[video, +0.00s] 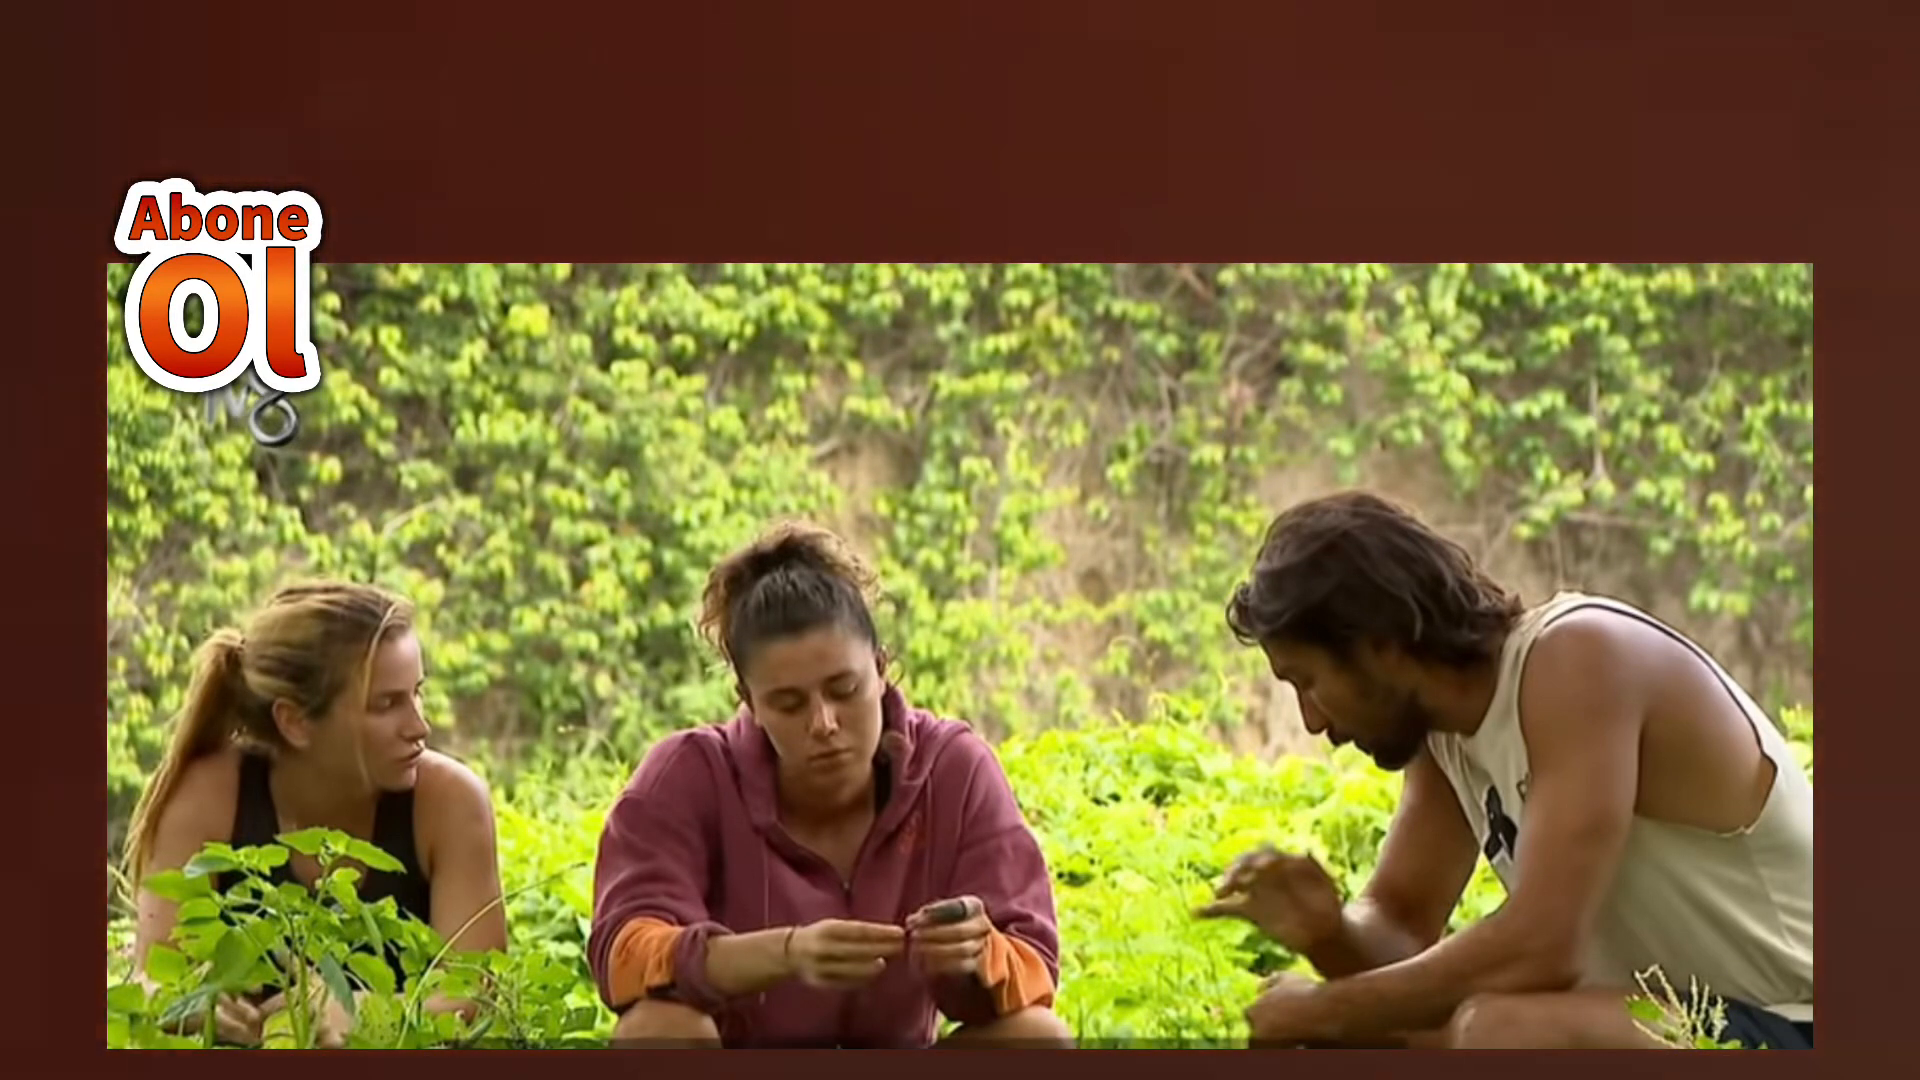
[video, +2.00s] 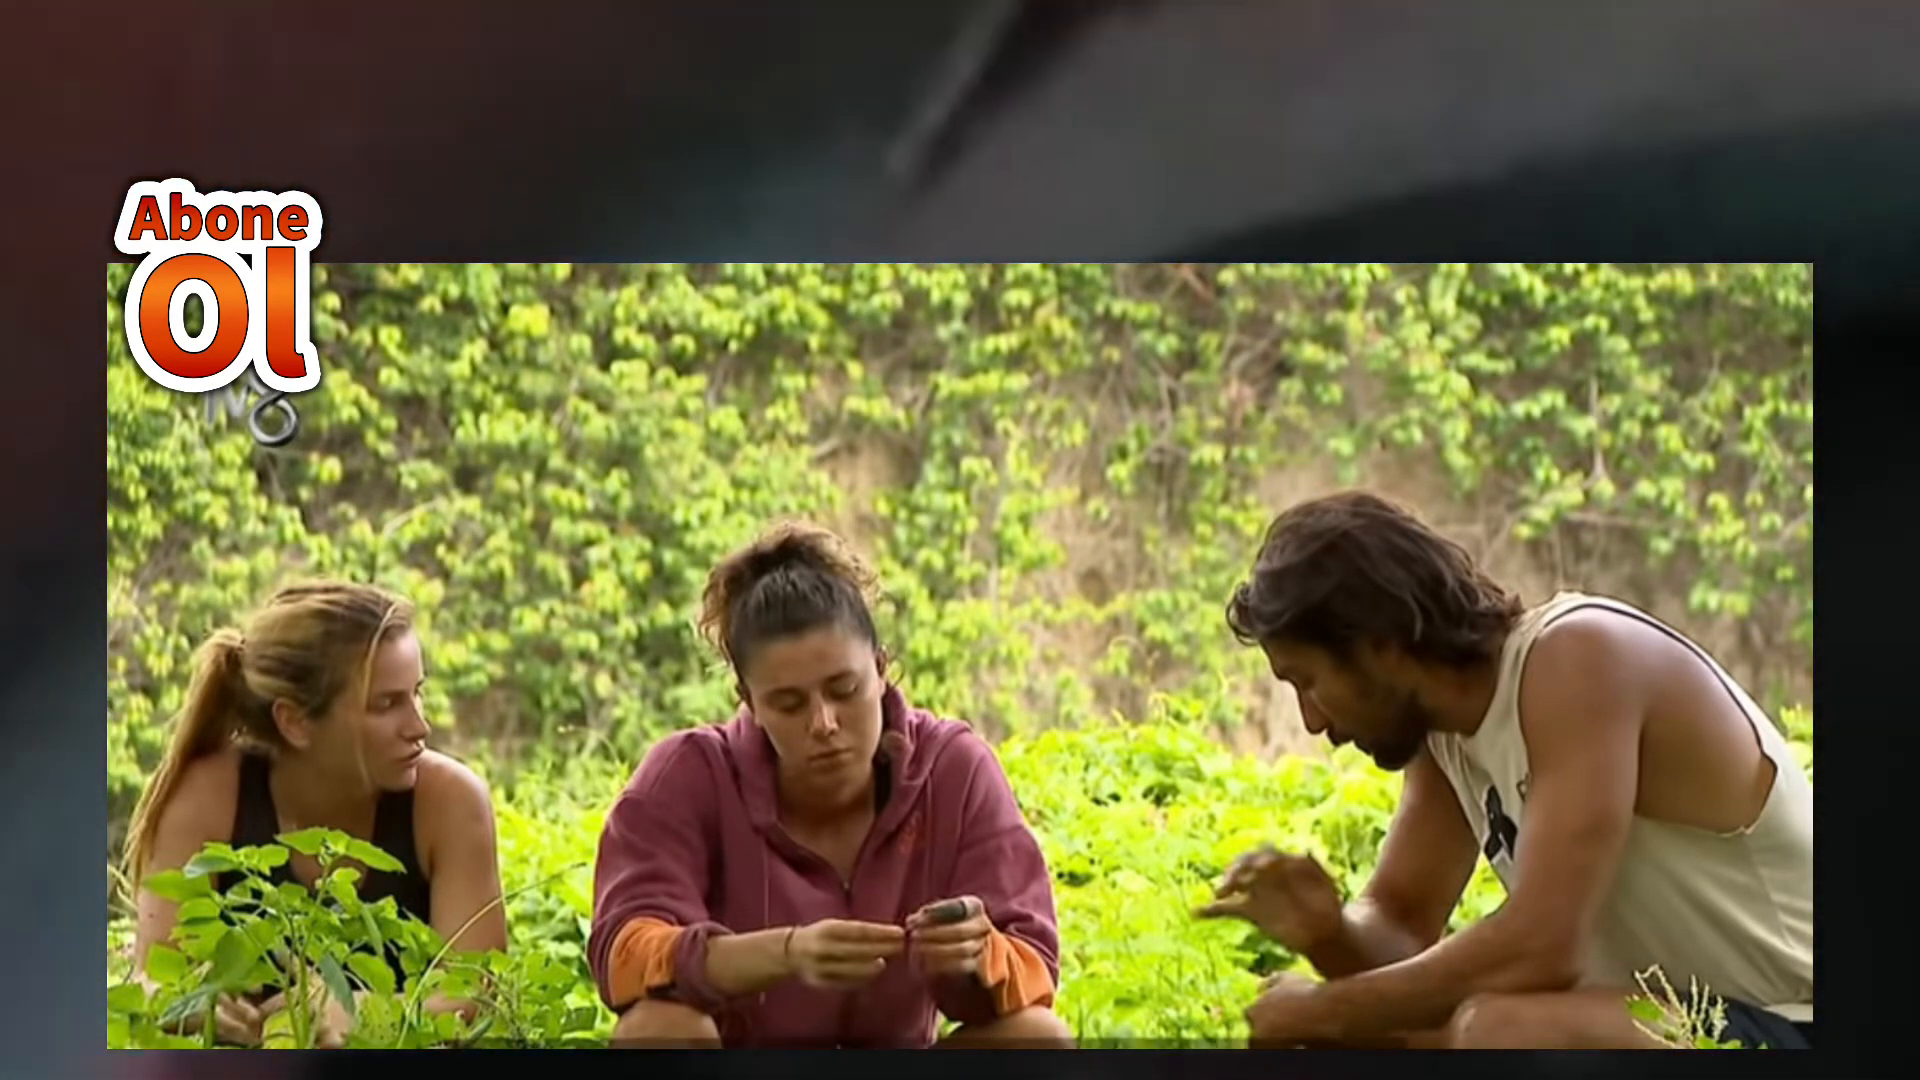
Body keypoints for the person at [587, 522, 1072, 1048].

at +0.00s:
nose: (824, 725)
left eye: (844, 690)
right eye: (789, 703)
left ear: (880, 669)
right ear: (747, 699)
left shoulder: (955, 766)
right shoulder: (687, 773)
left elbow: (1030, 970)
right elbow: (629, 957)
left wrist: (977, 953)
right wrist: (787, 952)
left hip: (899, 1056)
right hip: (739, 1058)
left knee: (1037, 1036)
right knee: (659, 1026)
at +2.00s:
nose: (824, 725)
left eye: (844, 690)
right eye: (789, 703)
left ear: (880, 669)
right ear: (747, 699)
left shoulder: (955, 766)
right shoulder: (687, 773)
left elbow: (1031, 971)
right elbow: (629, 957)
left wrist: (978, 953)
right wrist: (787, 952)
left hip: (899, 1049)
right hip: (740, 1052)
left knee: (1037, 1034)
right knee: (658, 1025)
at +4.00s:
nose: (824, 725)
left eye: (844, 690)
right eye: (789, 703)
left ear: (881, 670)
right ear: (747, 699)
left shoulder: (955, 766)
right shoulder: (687, 773)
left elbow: (1031, 969)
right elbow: (629, 957)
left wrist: (977, 953)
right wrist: (787, 951)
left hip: (898, 1059)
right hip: (739, 1061)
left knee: (1037, 1036)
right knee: (659, 1027)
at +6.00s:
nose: (824, 725)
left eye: (844, 690)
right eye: (789, 703)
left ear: (880, 670)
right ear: (747, 698)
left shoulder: (955, 766)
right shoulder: (687, 774)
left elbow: (1030, 969)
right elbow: (629, 957)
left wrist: (977, 954)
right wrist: (786, 952)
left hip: (898, 1059)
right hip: (739, 1060)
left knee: (1037, 1036)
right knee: (658, 1026)